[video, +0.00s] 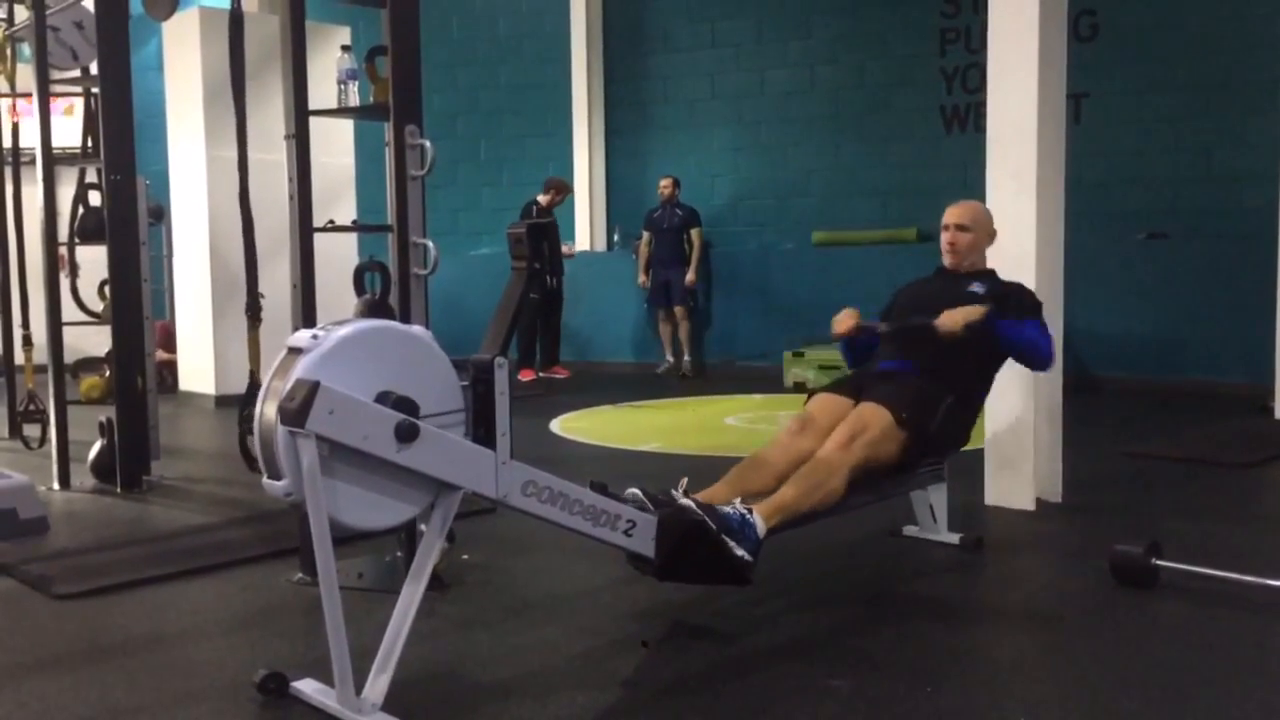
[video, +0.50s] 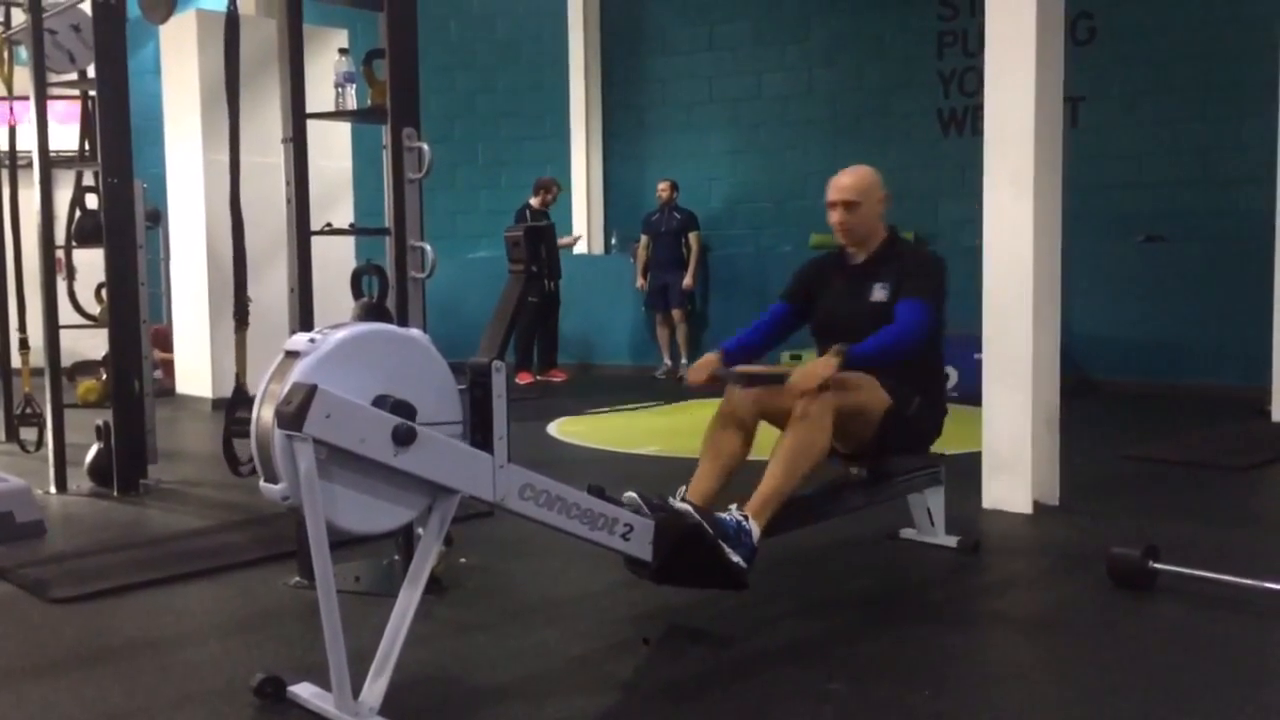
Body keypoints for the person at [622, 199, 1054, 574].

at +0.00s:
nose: (949, 238)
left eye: (961, 230)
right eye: (945, 229)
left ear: (990, 238)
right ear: (940, 236)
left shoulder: (1009, 296)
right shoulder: (916, 290)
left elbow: (1042, 355)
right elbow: (867, 356)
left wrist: (986, 318)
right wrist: (853, 333)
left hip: (930, 388)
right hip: (874, 377)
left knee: (846, 445)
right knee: (801, 429)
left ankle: (755, 524)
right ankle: (693, 507)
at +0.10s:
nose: (946, 239)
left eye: (958, 231)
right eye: (941, 231)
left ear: (986, 239)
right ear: (934, 238)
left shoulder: (1009, 298)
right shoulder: (914, 291)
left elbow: (1048, 363)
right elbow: (863, 364)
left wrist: (1010, 304)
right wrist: (869, 320)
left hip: (930, 389)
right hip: (873, 380)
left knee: (843, 440)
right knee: (799, 428)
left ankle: (752, 525)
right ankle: (695, 507)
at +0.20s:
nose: (932, 234)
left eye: (945, 226)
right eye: (928, 225)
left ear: (972, 231)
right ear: (921, 229)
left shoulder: (1002, 289)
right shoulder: (903, 285)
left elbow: (1034, 353)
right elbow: (854, 356)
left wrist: (983, 308)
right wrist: (848, 321)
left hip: (932, 400)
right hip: (871, 387)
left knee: (845, 430)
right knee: (804, 419)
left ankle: (754, 525)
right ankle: (697, 508)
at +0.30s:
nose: (909, 222)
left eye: (920, 212)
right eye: (903, 213)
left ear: (948, 212)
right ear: (898, 215)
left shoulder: (986, 273)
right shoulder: (883, 274)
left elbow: (1000, 337)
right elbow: (837, 335)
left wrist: (937, 323)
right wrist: (810, 333)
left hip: (932, 394)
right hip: (871, 381)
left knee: (840, 419)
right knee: (793, 411)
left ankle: (753, 525)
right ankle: (701, 507)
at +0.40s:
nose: (875, 215)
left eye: (887, 205)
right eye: (869, 205)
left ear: (917, 205)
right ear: (863, 209)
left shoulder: (954, 264)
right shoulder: (854, 269)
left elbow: (955, 331)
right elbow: (805, 327)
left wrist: (886, 339)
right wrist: (769, 338)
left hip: (920, 396)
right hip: (854, 388)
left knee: (831, 407)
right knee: (767, 398)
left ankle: (751, 526)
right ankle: (691, 510)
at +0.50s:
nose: (838, 218)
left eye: (850, 207)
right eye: (832, 208)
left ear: (881, 205)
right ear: (825, 211)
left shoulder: (918, 265)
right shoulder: (821, 270)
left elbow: (911, 332)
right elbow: (772, 327)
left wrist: (837, 358)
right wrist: (719, 356)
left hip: (906, 410)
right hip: (835, 403)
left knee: (820, 397)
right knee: (741, 394)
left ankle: (747, 528)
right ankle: (688, 510)